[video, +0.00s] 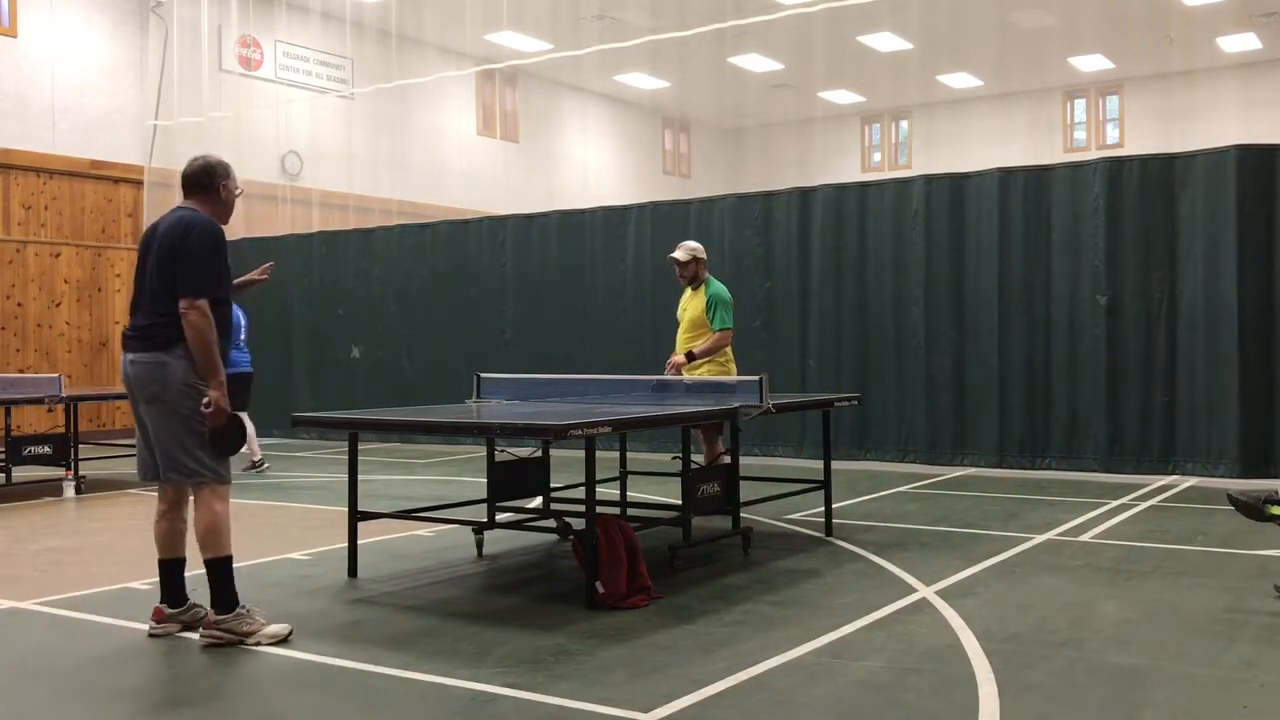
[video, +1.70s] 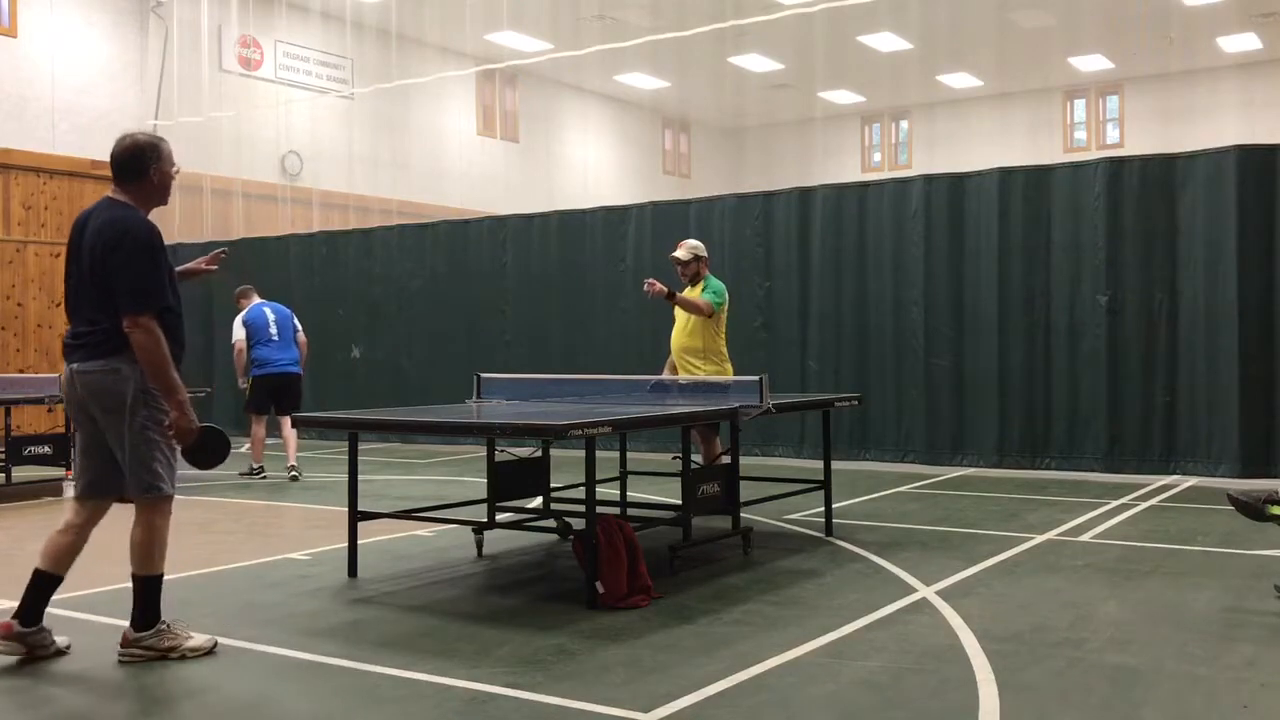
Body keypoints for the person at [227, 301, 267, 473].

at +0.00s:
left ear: (216, 295)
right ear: (229, 292)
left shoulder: (220, 312)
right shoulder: (239, 311)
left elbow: (217, 342)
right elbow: (242, 339)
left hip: (229, 366)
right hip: (245, 365)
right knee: (241, 411)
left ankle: (256, 456)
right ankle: (256, 456)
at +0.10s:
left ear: (224, 295)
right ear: (237, 292)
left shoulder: (229, 312)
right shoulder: (246, 310)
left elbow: (226, 343)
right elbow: (250, 337)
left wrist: (219, 359)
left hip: (235, 367)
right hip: (253, 364)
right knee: (248, 412)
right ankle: (258, 458)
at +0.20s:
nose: (224, 295)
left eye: (225, 291)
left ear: (229, 291)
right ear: (244, 290)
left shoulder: (232, 309)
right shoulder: (253, 310)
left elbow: (232, 341)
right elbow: (256, 339)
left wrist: (217, 357)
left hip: (238, 370)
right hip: (259, 368)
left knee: (225, 415)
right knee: (253, 413)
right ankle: (259, 458)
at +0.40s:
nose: (229, 299)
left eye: (231, 296)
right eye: (229, 296)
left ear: (237, 294)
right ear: (248, 293)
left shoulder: (237, 310)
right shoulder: (263, 311)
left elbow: (238, 340)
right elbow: (274, 342)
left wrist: (222, 357)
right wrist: (278, 369)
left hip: (242, 371)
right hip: (264, 369)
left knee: (230, 416)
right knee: (256, 415)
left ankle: (230, 458)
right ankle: (260, 459)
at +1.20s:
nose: (216, 308)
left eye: (216, 303)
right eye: (215, 303)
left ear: (225, 300)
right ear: (235, 298)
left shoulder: (229, 318)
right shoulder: (264, 308)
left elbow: (211, 350)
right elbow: (285, 334)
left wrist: (198, 367)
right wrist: (277, 356)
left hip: (257, 370)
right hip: (282, 367)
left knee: (254, 417)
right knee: (278, 413)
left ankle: (257, 464)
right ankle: (283, 460)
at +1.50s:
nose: (227, 310)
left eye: (225, 306)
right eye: (225, 307)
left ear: (229, 301)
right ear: (243, 296)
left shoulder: (233, 318)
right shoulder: (273, 308)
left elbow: (230, 353)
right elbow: (292, 336)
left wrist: (219, 377)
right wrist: (297, 364)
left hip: (259, 372)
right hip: (285, 369)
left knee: (256, 419)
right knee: (284, 415)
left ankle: (257, 465)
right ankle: (295, 459)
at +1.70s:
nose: (240, 308)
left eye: (239, 306)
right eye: (239, 306)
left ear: (241, 302)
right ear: (257, 295)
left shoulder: (242, 317)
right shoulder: (285, 310)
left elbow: (240, 348)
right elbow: (302, 340)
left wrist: (240, 376)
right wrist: (299, 366)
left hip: (263, 374)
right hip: (291, 372)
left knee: (259, 420)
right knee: (286, 419)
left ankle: (257, 465)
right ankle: (292, 464)